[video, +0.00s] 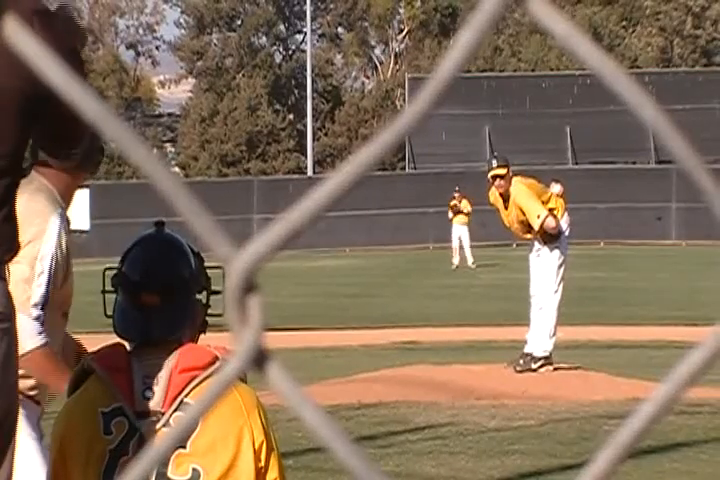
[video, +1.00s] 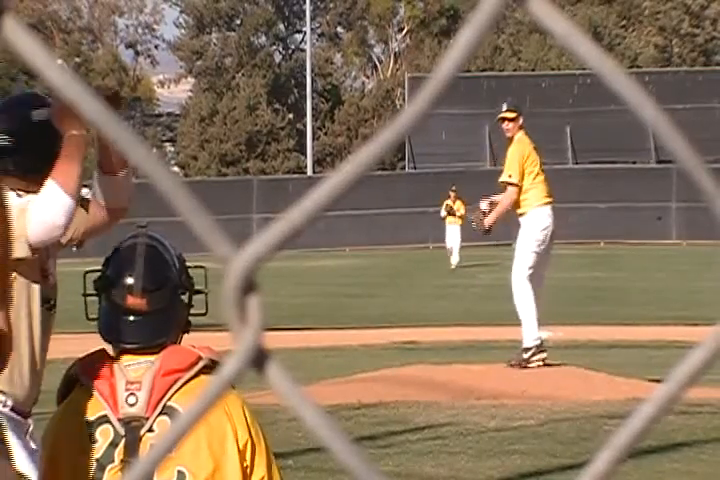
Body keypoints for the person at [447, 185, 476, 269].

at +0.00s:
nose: (457, 195)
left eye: (458, 193)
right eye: (455, 193)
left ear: (461, 194)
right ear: (453, 194)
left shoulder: (464, 201)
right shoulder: (452, 203)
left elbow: (469, 210)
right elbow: (450, 216)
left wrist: (461, 209)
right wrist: (454, 210)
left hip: (464, 224)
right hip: (455, 224)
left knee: (466, 243)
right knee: (455, 244)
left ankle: (470, 261)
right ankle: (455, 261)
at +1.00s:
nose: (453, 194)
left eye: (454, 192)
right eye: (451, 192)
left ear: (456, 193)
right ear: (449, 193)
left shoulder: (459, 203)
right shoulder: (447, 202)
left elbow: (462, 212)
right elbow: (442, 214)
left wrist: (455, 212)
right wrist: (446, 211)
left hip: (456, 223)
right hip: (449, 223)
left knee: (456, 242)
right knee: (449, 242)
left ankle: (454, 260)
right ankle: (450, 255)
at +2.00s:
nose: (443, 196)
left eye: (445, 194)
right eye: (442, 195)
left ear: (447, 195)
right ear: (440, 195)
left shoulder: (450, 202)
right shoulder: (438, 202)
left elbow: (454, 212)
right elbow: (436, 212)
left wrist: (456, 223)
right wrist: (442, 203)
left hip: (451, 223)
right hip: (442, 224)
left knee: (453, 243)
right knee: (443, 244)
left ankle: (454, 262)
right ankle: (444, 263)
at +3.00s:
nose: (453, 196)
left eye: (454, 194)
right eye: (452, 194)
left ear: (456, 195)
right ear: (449, 194)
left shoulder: (459, 203)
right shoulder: (446, 203)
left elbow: (463, 214)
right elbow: (442, 214)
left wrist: (465, 226)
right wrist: (448, 212)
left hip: (457, 224)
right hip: (449, 224)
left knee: (457, 244)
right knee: (449, 244)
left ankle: (456, 263)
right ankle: (449, 261)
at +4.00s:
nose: (440, 195)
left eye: (441, 193)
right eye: (438, 193)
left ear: (444, 194)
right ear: (437, 194)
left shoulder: (448, 203)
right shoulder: (436, 204)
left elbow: (453, 214)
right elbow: (434, 216)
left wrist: (452, 225)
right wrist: (433, 227)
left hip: (447, 224)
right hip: (440, 225)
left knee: (448, 244)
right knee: (441, 244)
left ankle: (449, 262)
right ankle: (445, 262)